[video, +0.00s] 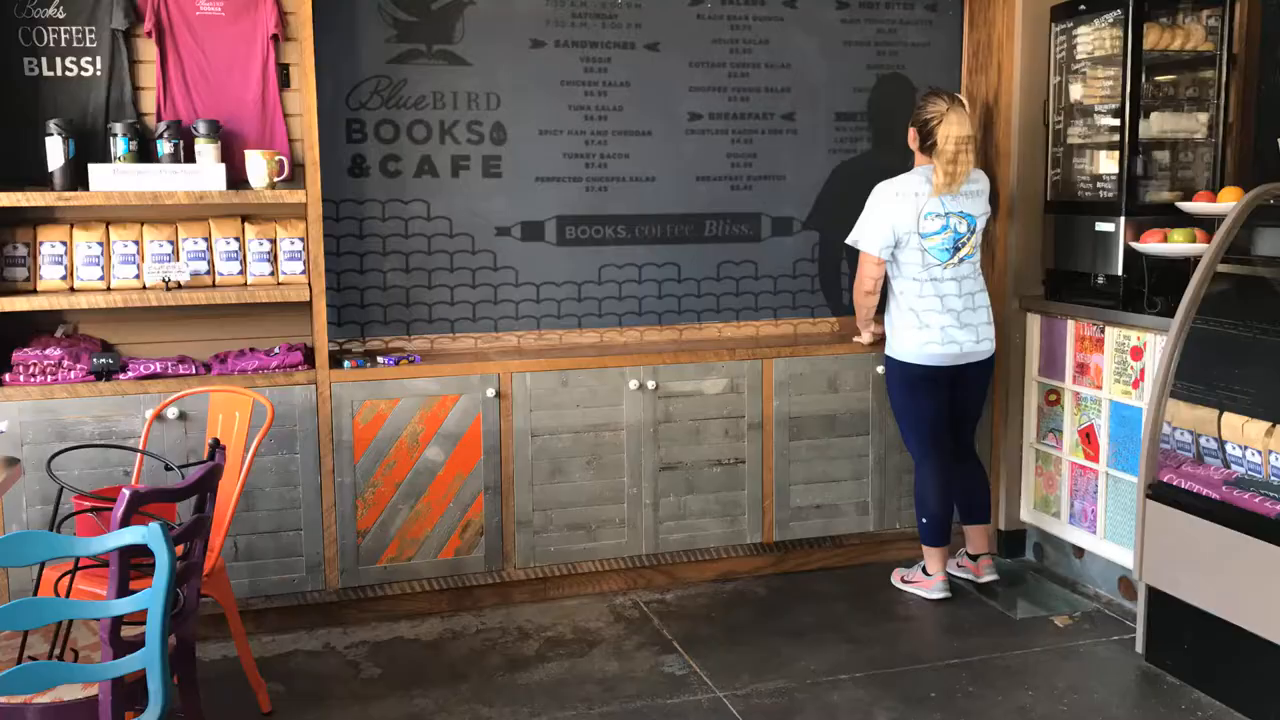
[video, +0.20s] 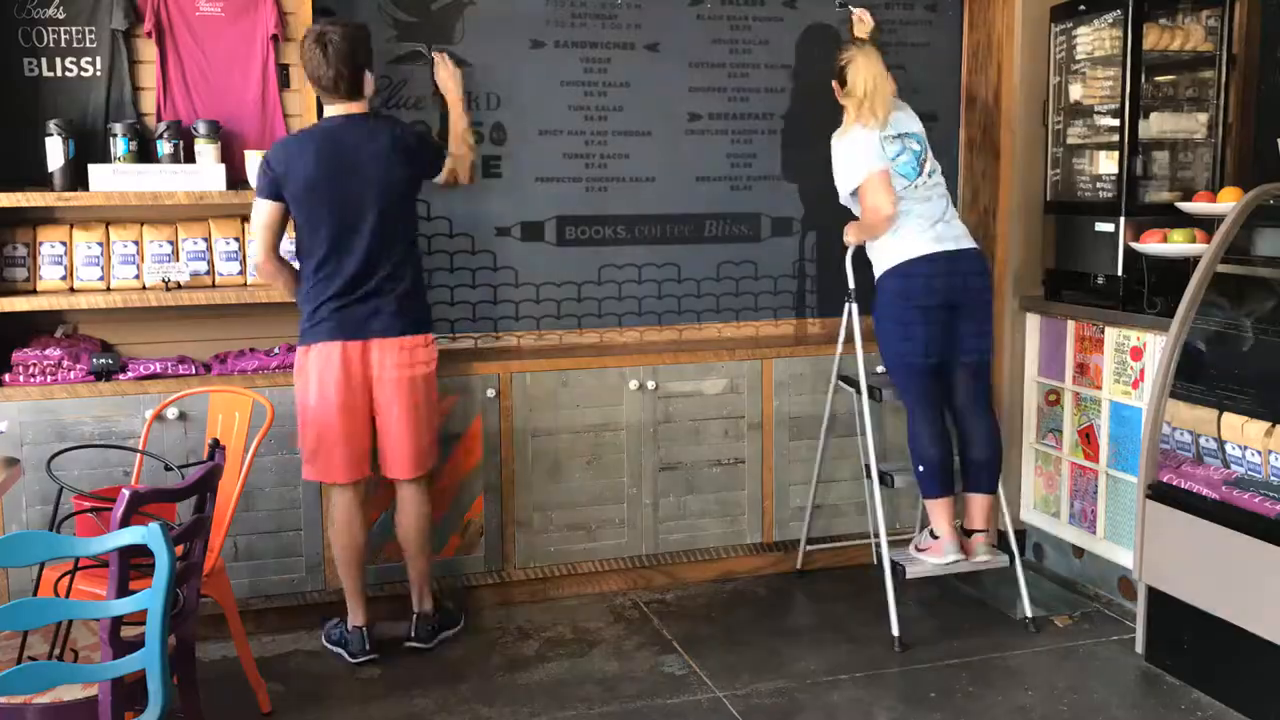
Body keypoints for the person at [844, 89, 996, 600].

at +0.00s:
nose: (904, 132)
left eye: (907, 126)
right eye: (912, 124)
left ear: (913, 136)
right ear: (958, 136)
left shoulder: (891, 194)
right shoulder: (979, 185)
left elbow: (869, 280)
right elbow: (972, 249)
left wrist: (866, 326)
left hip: (917, 351)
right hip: (977, 347)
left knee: (929, 456)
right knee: (962, 446)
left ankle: (933, 572)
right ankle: (981, 557)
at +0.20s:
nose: (833, 93)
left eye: (834, 84)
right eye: (837, 82)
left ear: (840, 87)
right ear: (883, 79)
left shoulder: (852, 137)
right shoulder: (910, 118)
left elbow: (882, 211)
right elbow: (879, 88)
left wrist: (856, 232)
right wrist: (864, 40)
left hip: (911, 275)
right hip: (969, 265)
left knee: (923, 405)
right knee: (972, 398)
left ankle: (943, 538)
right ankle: (979, 535)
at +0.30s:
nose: (850, 91)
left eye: (852, 83)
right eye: (861, 82)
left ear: (859, 86)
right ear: (899, 83)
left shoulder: (857, 127)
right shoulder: (920, 117)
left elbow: (871, 195)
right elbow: (902, 83)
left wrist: (858, 230)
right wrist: (891, 36)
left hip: (905, 274)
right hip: (966, 265)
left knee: (915, 405)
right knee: (972, 398)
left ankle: (913, 535)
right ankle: (979, 533)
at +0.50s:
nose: (865, 68)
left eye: (864, 61)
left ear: (869, 65)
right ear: (916, 61)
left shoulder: (862, 119)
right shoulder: (948, 104)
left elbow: (869, 200)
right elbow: (974, 94)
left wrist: (854, 233)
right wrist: (939, 59)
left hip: (899, 270)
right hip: (962, 263)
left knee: (908, 397)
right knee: (968, 384)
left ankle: (919, 528)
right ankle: (978, 523)